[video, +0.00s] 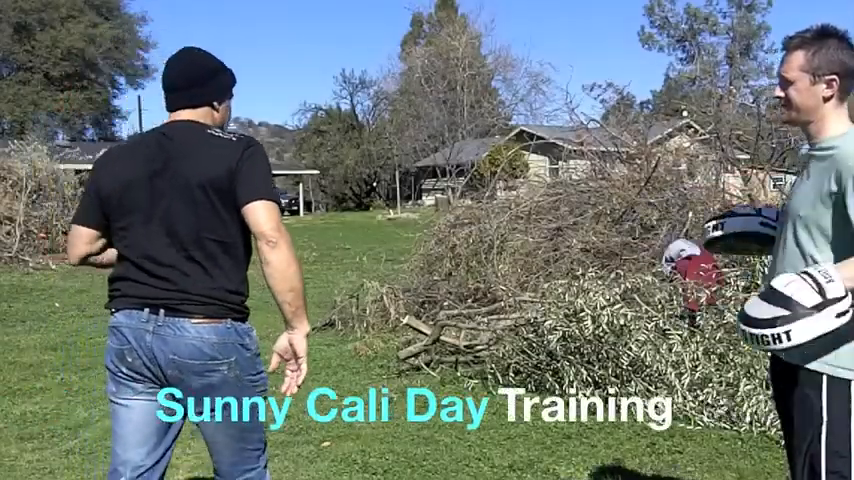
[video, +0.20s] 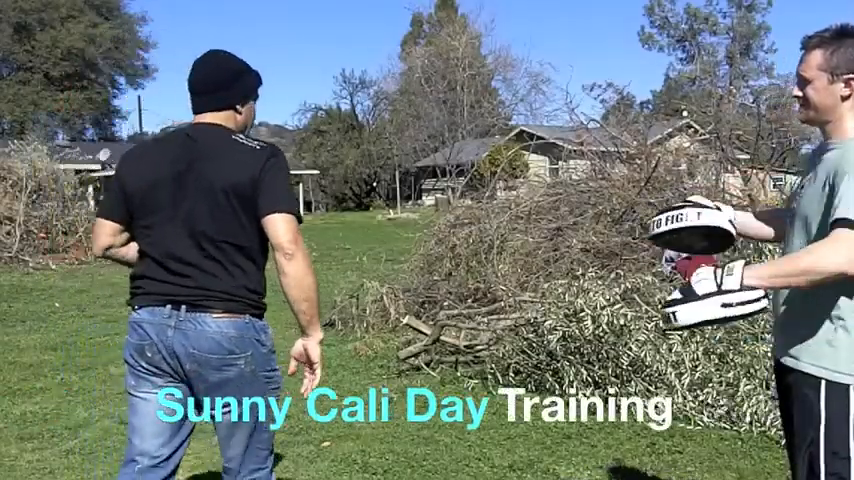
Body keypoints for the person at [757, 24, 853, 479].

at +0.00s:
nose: (778, 92)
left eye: (787, 83)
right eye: (779, 82)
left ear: (828, 87)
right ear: (822, 87)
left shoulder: (845, 158)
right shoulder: (815, 155)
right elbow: (822, 239)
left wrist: (822, 282)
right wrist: (775, 232)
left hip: (831, 364)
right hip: (797, 354)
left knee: (827, 471)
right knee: (805, 468)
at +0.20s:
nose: (795, 91)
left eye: (805, 81)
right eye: (797, 81)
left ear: (845, 86)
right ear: (841, 87)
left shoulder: (847, 160)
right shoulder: (823, 156)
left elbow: (844, 254)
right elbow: (798, 224)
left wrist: (736, 278)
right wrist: (726, 218)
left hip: (830, 365)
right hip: (801, 358)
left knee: (827, 470)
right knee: (807, 468)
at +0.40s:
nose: (804, 89)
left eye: (814, 79)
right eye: (807, 79)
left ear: (849, 85)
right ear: (841, 85)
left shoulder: (846, 161)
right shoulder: (821, 153)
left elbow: (790, 248)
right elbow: (764, 202)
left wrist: (707, 254)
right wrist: (724, 187)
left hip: (832, 364)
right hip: (803, 355)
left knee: (827, 471)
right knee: (810, 467)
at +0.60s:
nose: (804, 87)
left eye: (814, 77)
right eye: (807, 76)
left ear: (848, 84)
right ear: (842, 84)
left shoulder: (843, 158)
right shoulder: (821, 146)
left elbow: (774, 243)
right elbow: (782, 238)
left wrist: (703, 252)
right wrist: (717, 251)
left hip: (832, 354)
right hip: (805, 347)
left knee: (827, 469)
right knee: (809, 464)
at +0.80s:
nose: (801, 87)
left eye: (810, 77)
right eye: (804, 76)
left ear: (846, 83)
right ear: (841, 83)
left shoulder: (841, 160)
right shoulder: (823, 148)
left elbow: (771, 243)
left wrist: (741, 239)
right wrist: (764, 233)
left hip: (831, 348)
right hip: (810, 343)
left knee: (827, 469)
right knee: (812, 464)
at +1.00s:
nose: (801, 90)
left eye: (809, 80)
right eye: (803, 79)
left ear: (845, 84)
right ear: (840, 83)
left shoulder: (844, 161)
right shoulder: (817, 146)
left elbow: (780, 251)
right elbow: (777, 230)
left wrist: (737, 244)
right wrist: (723, 265)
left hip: (833, 354)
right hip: (806, 346)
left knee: (828, 469)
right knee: (811, 465)